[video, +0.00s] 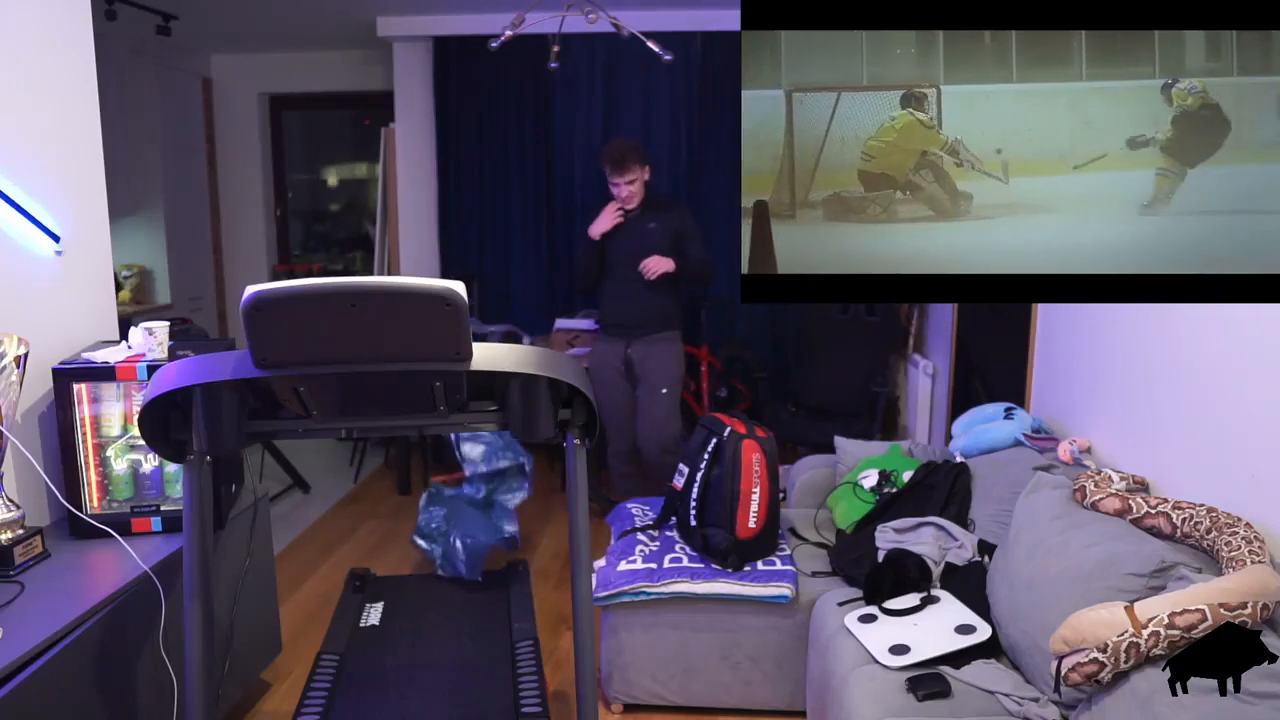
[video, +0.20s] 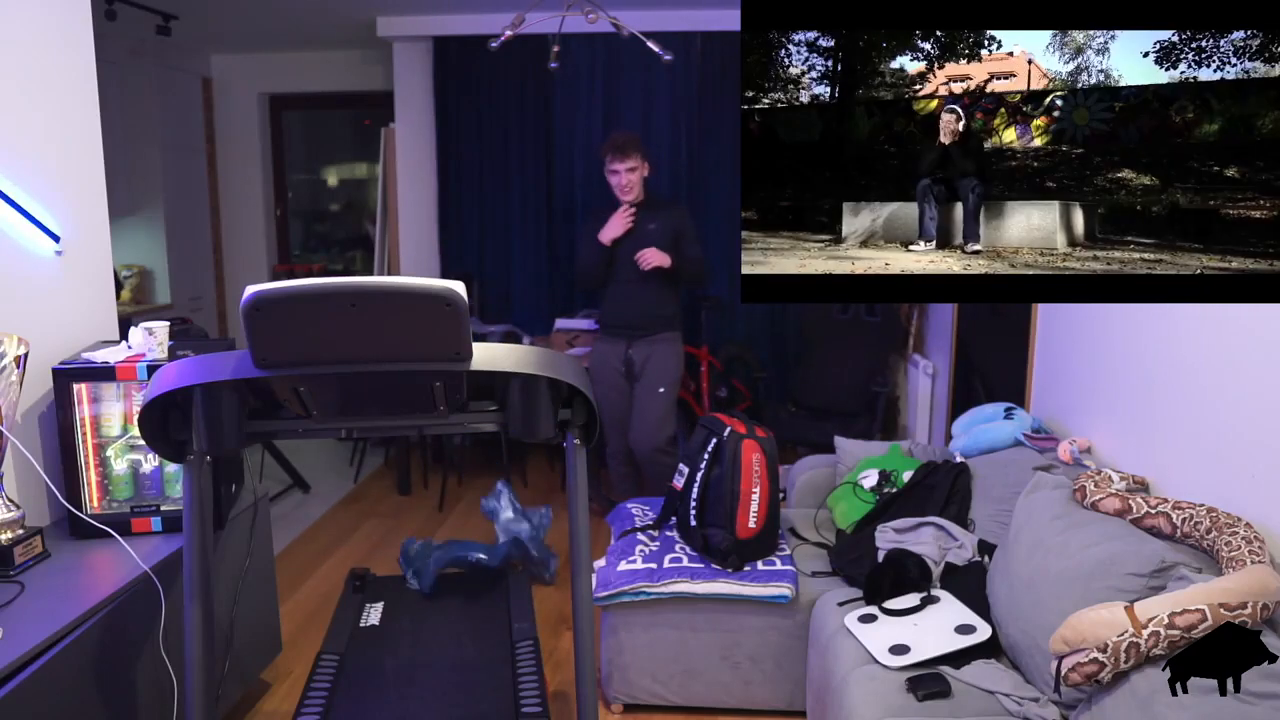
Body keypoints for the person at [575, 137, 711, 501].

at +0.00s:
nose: (623, 192)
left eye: (631, 182)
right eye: (615, 184)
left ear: (646, 175)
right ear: (607, 180)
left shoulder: (671, 217)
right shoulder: (603, 222)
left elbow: (702, 270)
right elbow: (583, 284)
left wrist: (675, 263)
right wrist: (593, 235)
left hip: (659, 342)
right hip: (610, 344)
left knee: (658, 439)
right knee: (618, 445)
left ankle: (676, 517)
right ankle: (633, 523)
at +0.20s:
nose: (622, 181)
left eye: (629, 171)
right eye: (614, 173)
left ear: (645, 169)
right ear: (606, 177)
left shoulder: (671, 216)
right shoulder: (601, 220)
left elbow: (698, 271)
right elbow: (585, 281)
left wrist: (671, 260)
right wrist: (604, 238)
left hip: (660, 342)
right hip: (609, 343)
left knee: (648, 442)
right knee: (616, 446)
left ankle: (667, 521)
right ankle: (627, 528)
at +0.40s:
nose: (626, 174)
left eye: (634, 165)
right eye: (618, 167)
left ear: (649, 168)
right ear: (609, 172)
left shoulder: (673, 216)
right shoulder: (599, 221)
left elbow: (700, 274)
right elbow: (586, 285)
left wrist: (671, 247)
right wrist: (611, 243)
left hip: (662, 342)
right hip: (610, 344)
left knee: (650, 439)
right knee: (617, 444)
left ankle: (660, 526)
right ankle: (626, 527)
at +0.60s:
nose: (639, 171)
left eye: (648, 163)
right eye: (631, 163)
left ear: (661, 169)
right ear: (620, 170)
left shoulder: (681, 219)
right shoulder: (604, 219)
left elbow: (698, 276)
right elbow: (587, 280)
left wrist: (670, 231)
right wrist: (615, 245)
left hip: (663, 347)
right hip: (610, 348)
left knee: (656, 450)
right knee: (618, 451)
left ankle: (658, 538)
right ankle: (626, 538)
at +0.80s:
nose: (654, 173)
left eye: (664, 166)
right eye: (647, 164)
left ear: (677, 173)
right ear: (636, 167)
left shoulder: (689, 221)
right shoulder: (613, 217)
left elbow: (704, 283)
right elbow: (587, 275)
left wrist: (676, 229)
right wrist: (617, 238)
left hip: (662, 348)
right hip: (609, 348)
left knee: (656, 451)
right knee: (613, 450)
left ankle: (656, 537)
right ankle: (620, 533)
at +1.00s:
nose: (657, 180)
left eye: (667, 172)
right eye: (651, 171)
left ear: (682, 176)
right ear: (641, 171)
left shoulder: (691, 219)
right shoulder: (623, 212)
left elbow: (700, 276)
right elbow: (583, 262)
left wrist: (672, 219)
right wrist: (613, 220)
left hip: (660, 348)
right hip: (609, 345)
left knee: (654, 451)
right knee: (599, 446)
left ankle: (654, 538)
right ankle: (606, 527)